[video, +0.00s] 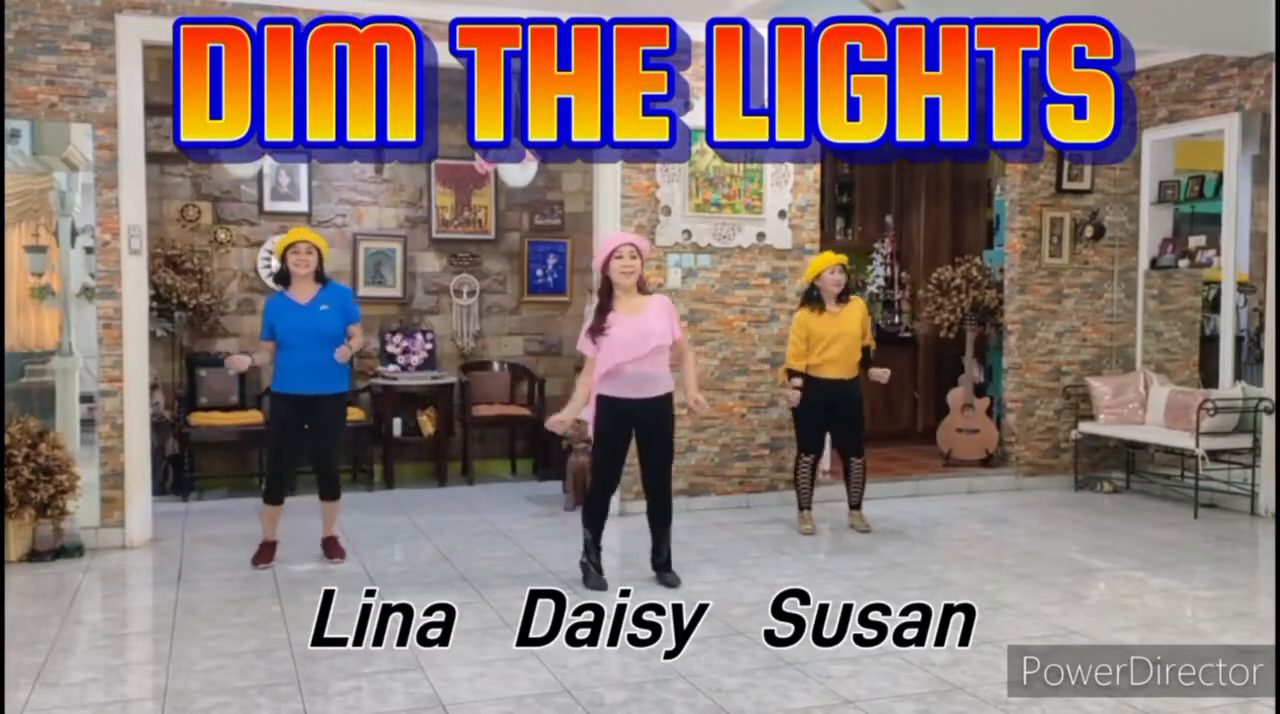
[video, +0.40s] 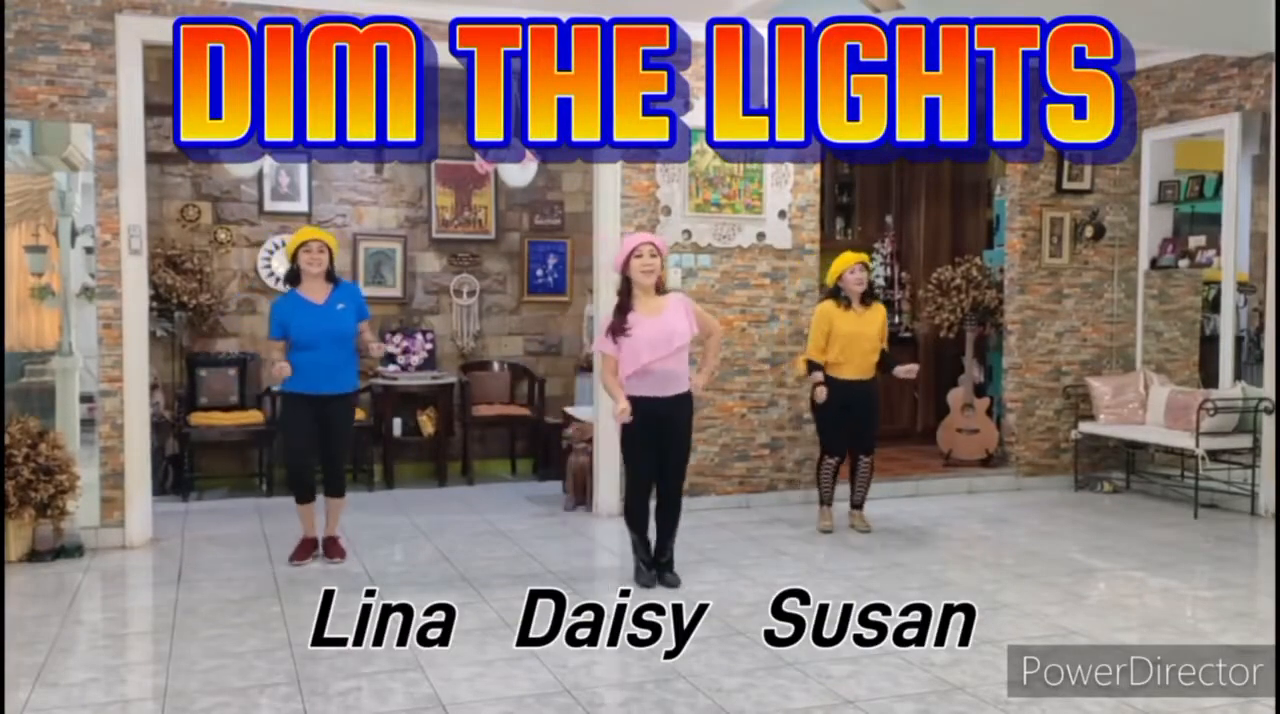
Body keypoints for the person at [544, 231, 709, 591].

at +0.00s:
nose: (627, 263)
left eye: (633, 257)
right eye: (618, 258)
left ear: (642, 265)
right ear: (606, 267)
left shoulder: (661, 304)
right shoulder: (601, 312)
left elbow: (684, 349)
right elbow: (589, 369)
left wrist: (692, 389)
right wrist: (571, 412)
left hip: (657, 403)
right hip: (612, 404)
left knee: (659, 485)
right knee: (603, 483)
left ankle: (662, 561)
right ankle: (591, 557)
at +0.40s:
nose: (647, 262)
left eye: (653, 256)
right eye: (639, 257)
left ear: (662, 265)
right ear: (627, 268)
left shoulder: (681, 304)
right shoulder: (620, 317)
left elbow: (713, 332)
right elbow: (608, 373)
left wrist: (703, 374)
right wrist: (621, 399)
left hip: (677, 404)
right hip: (637, 406)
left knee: (671, 487)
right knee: (639, 487)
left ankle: (665, 560)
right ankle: (642, 557)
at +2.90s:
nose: (648, 268)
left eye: (654, 262)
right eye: (640, 262)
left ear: (663, 270)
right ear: (626, 270)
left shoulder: (679, 305)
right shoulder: (617, 319)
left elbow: (708, 342)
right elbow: (607, 376)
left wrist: (713, 389)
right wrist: (626, 408)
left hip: (680, 406)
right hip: (639, 408)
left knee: (672, 488)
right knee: (640, 488)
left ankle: (659, 563)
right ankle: (635, 560)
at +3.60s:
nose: (646, 265)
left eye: (652, 258)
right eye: (638, 259)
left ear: (663, 267)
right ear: (625, 269)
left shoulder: (668, 317)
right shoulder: (610, 312)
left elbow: (670, 373)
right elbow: (581, 361)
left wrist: (683, 421)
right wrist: (576, 415)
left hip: (655, 410)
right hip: (612, 409)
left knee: (656, 492)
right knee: (613, 490)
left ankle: (656, 563)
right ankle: (605, 562)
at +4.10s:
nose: (631, 272)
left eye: (638, 264)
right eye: (622, 266)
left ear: (649, 271)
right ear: (612, 275)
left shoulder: (662, 322)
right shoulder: (599, 314)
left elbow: (662, 377)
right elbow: (569, 360)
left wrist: (669, 426)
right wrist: (538, 403)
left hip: (634, 413)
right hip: (594, 408)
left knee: (622, 488)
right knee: (596, 487)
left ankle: (623, 559)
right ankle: (601, 561)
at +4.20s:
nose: (629, 274)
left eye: (636, 267)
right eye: (621, 269)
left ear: (647, 275)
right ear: (611, 278)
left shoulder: (662, 321)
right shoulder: (599, 317)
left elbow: (664, 377)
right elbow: (572, 368)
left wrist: (670, 425)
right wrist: (540, 408)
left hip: (633, 414)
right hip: (592, 409)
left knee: (620, 492)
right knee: (595, 490)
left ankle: (627, 559)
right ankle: (601, 563)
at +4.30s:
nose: (628, 273)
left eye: (635, 266)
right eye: (620, 267)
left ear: (646, 273)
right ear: (609, 276)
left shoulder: (661, 318)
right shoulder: (597, 316)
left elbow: (667, 375)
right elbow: (573, 370)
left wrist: (676, 421)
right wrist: (542, 411)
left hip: (635, 413)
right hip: (593, 408)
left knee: (626, 492)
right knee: (595, 489)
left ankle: (629, 560)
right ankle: (602, 563)